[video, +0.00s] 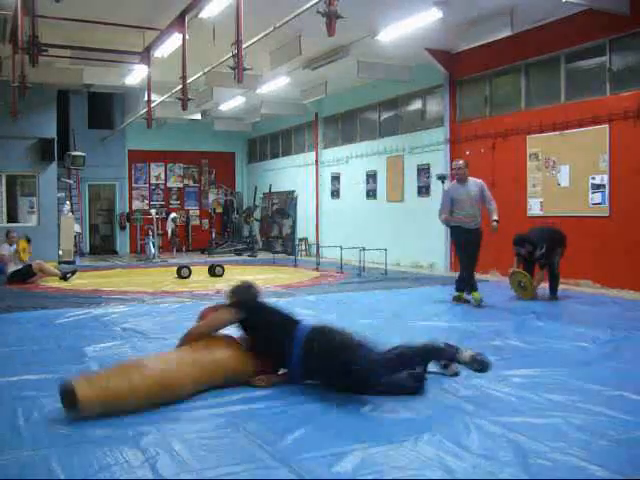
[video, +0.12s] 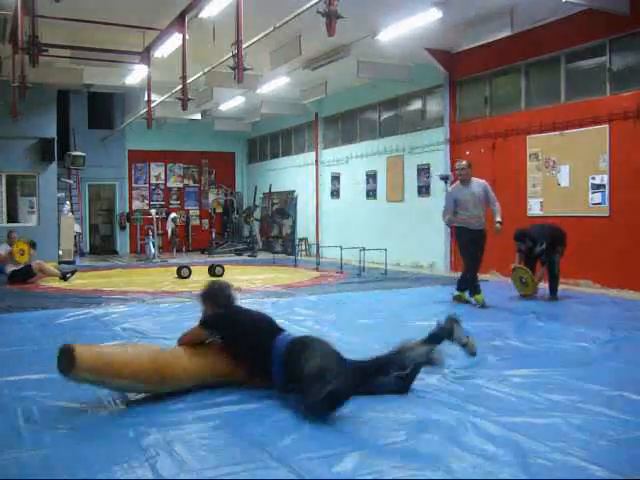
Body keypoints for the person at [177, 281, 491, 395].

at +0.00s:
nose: (229, 309)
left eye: (230, 305)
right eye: (231, 304)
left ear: (237, 303)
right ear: (255, 300)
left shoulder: (252, 311)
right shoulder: (266, 326)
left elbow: (205, 323)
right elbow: (294, 364)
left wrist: (184, 344)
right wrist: (276, 376)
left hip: (316, 347)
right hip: (313, 364)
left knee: (375, 368)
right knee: (370, 379)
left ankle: (437, 358)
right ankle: (428, 365)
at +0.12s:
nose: (202, 312)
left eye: (204, 307)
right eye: (203, 307)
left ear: (212, 306)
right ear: (228, 301)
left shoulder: (223, 318)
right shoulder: (247, 318)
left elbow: (186, 340)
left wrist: (204, 336)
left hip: (299, 354)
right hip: (299, 372)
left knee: (322, 391)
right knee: (387, 374)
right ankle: (439, 333)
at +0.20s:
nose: (190, 316)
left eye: (188, 311)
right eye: (192, 309)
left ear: (192, 309)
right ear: (212, 297)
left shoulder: (205, 322)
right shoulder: (237, 308)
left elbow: (180, 345)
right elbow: (277, 326)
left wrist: (202, 344)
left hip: (285, 357)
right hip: (306, 347)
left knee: (303, 408)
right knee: (381, 381)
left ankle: (376, 387)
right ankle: (439, 326)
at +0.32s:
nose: (178, 313)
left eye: (177, 310)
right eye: (182, 306)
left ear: (179, 308)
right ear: (199, 295)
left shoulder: (189, 320)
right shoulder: (230, 301)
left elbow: (174, 350)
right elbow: (267, 323)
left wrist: (191, 343)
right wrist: (263, 371)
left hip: (277, 342)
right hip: (300, 331)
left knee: (300, 414)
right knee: (367, 385)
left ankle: (372, 393)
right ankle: (423, 340)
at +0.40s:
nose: (179, 314)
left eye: (177, 310)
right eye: (179, 309)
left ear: (181, 303)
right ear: (199, 291)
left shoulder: (190, 308)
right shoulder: (234, 292)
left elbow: (174, 349)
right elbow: (257, 340)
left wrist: (198, 335)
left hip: (269, 326)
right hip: (297, 313)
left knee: (284, 409)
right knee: (352, 382)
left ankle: (354, 399)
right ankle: (405, 367)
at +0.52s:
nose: (187, 311)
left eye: (186, 308)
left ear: (190, 302)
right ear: (206, 289)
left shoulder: (199, 306)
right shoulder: (239, 286)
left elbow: (176, 347)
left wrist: (194, 336)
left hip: (269, 318)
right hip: (300, 305)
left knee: (254, 411)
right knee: (335, 381)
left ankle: (319, 399)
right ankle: (373, 380)